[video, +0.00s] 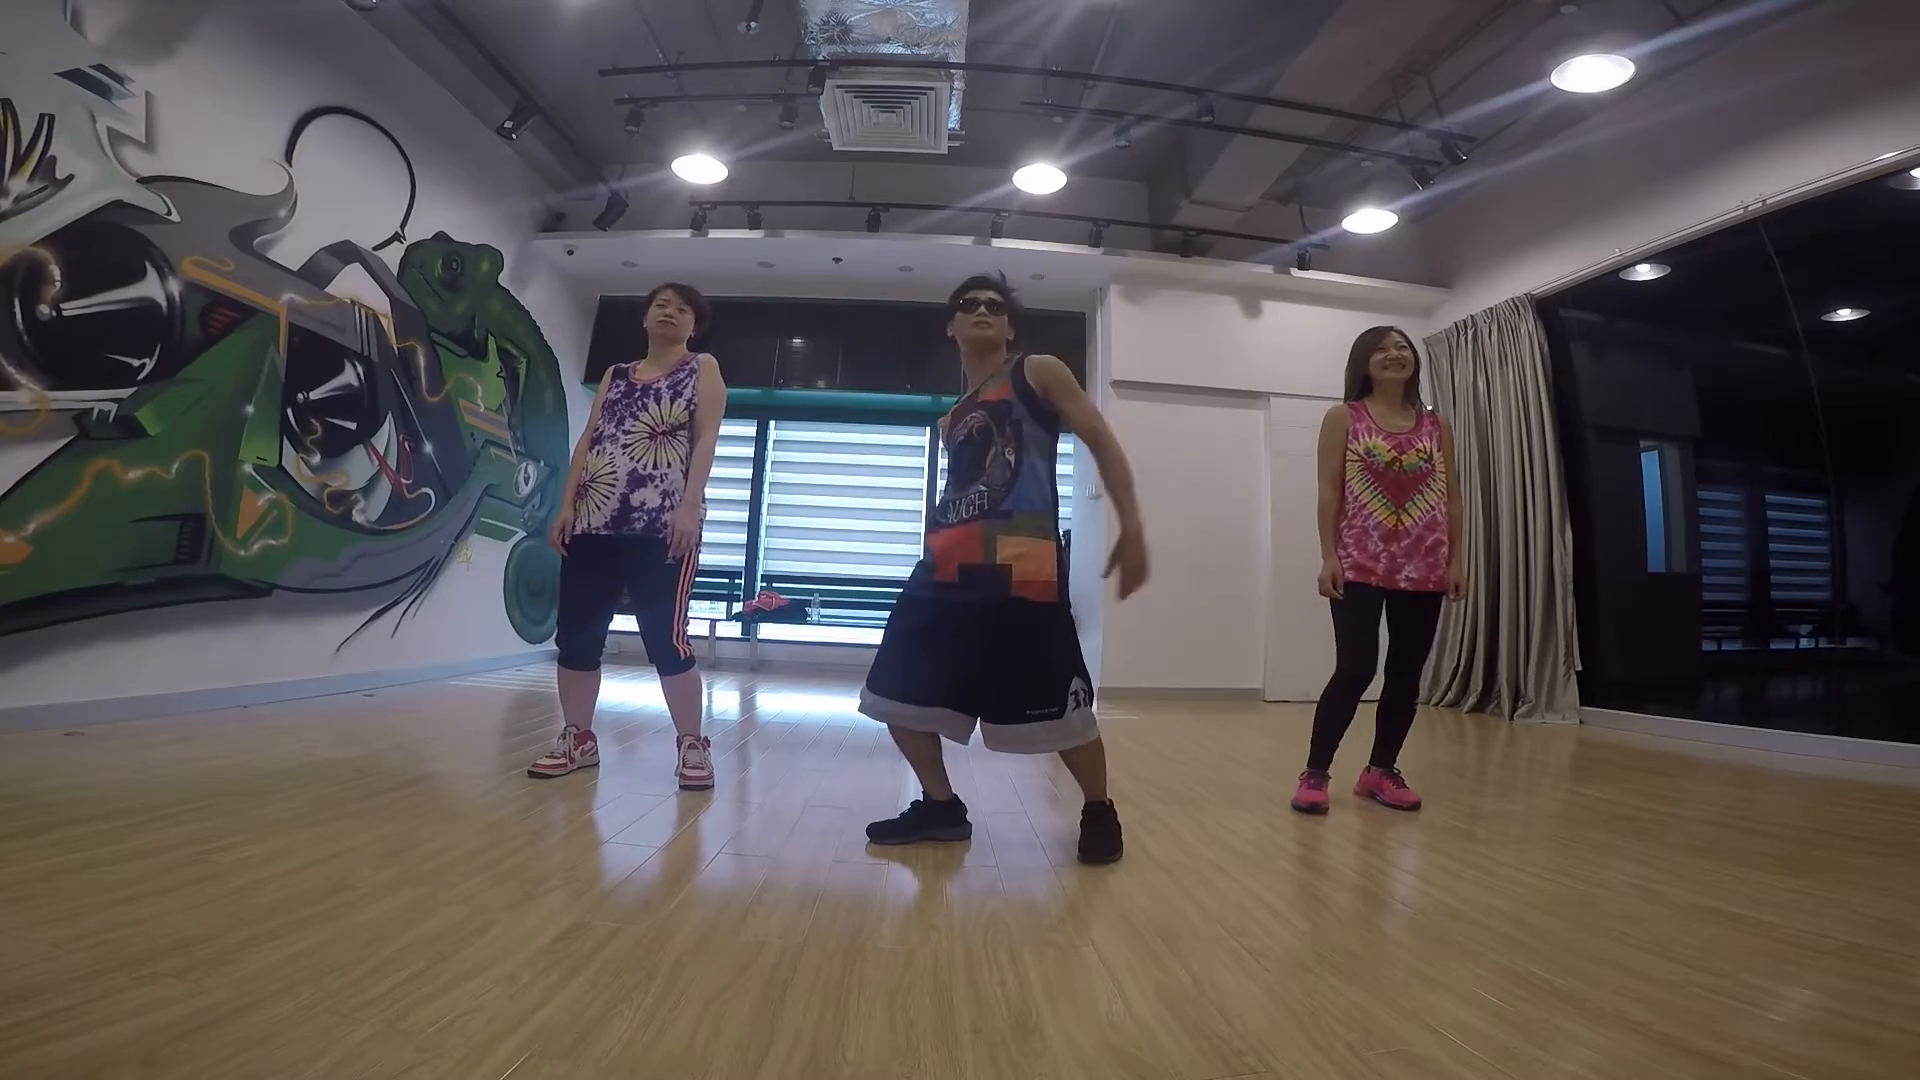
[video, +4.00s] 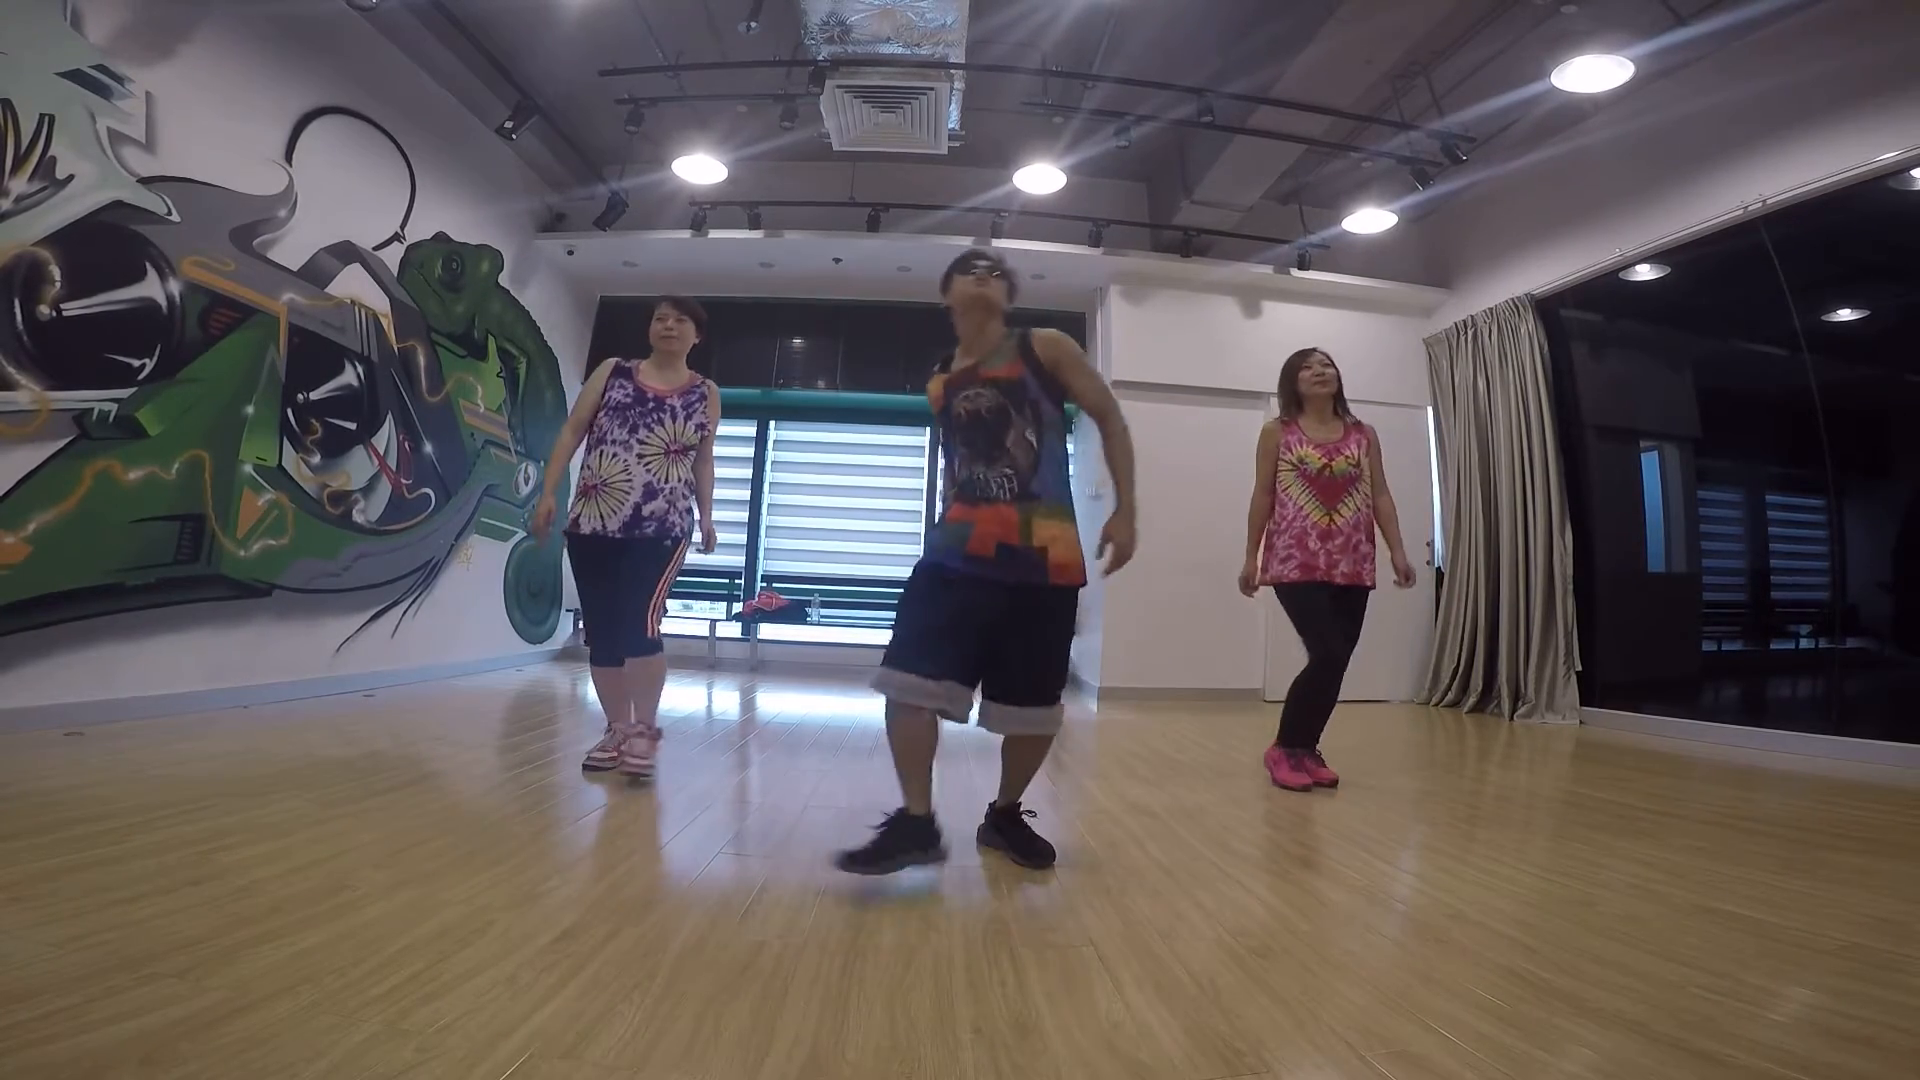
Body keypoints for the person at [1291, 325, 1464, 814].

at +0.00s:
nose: (1394, 354)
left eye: (1402, 348)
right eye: (1382, 349)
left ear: (1415, 362)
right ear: (1364, 364)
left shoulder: (1435, 424)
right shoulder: (1343, 417)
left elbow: (1450, 495)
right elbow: (1330, 489)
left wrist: (1456, 559)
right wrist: (1329, 557)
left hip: (1422, 569)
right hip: (1359, 566)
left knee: (1404, 676)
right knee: (1356, 670)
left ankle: (1381, 771)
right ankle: (1316, 774)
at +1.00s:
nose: (1398, 358)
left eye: (1406, 353)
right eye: (1386, 352)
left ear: (1418, 368)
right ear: (1366, 366)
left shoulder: (1437, 428)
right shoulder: (1341, 421)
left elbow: (1453, 497)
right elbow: (1328, 491)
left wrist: (1456, 562)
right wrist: (1330, 557)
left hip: (1425, 570)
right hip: (1361, 567)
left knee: (1410, 677)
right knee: (1357, 672)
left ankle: (1381, 772)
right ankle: (1317, 775)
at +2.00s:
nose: (1363, 341)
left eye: (1370, 337)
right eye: (1349, 336)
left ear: (1380, 357)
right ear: (1327, 355)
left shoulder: (1392, 421)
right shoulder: (1300, 406)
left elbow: (1400, 494)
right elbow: (1279, 476)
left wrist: (1411, 552)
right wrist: (1271, 543)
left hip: (1368, 565)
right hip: (1301, 559)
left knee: (1384, 671)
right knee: (1305, 668)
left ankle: (1355, 762)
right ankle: (1283, 783)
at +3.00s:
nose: (1326, 354)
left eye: (1334, 349)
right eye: (1313, 351)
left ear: (1348, 364)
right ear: (1296, 371)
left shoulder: (1379, 419)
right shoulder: (1285, 427)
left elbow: (1396, 490)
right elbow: (1278, 500)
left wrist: (1400, 558)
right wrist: (1272, 566)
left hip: (1368, 566)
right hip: (1302, 566)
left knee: (1369, 674)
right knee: (1316, 665)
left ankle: (1346, 768)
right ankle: (1300, 767)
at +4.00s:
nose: (1319, 371)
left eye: (1327, 366)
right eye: (1307, 367)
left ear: (1339, 379)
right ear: (1292, 384)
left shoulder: (1362, 433)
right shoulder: (1277, 433)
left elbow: (1380, 496)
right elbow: (1263, 497)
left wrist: (1397, 551)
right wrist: (1251, 557)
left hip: (1352, 567)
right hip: (1295, 564)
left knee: (1336, 660)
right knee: (1327, 655)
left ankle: (1307, 751)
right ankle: (1284, 749)